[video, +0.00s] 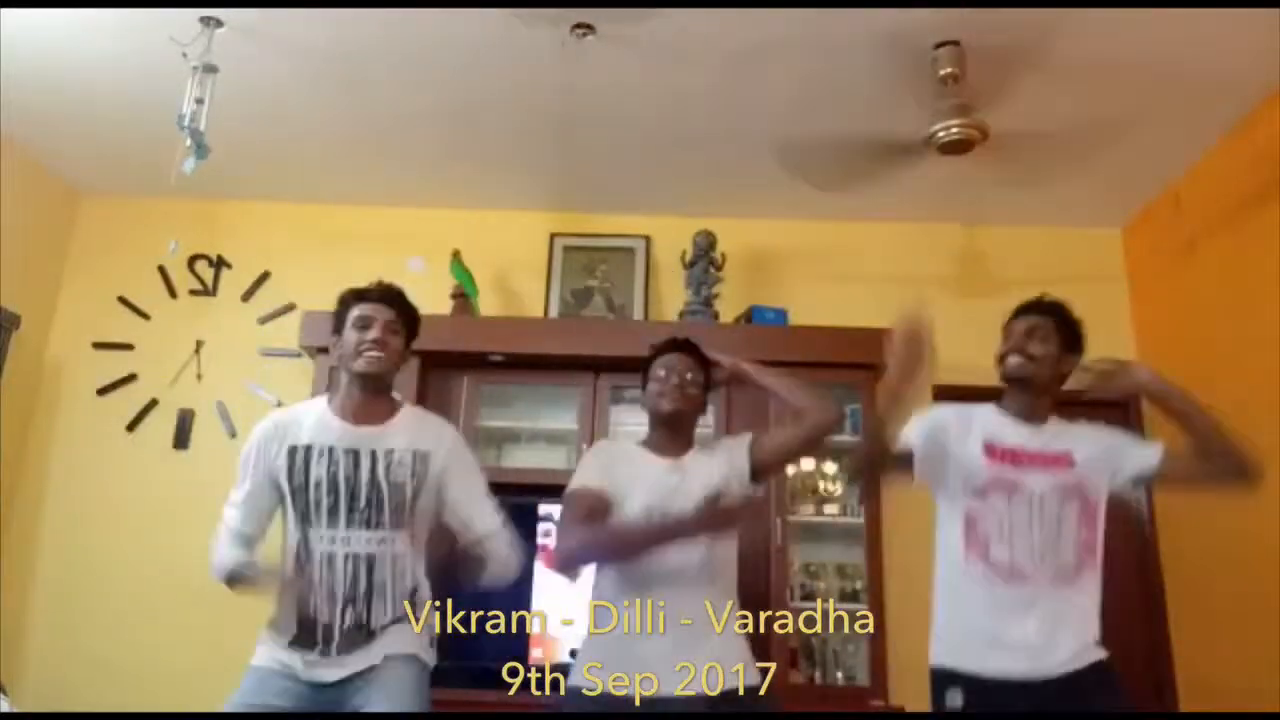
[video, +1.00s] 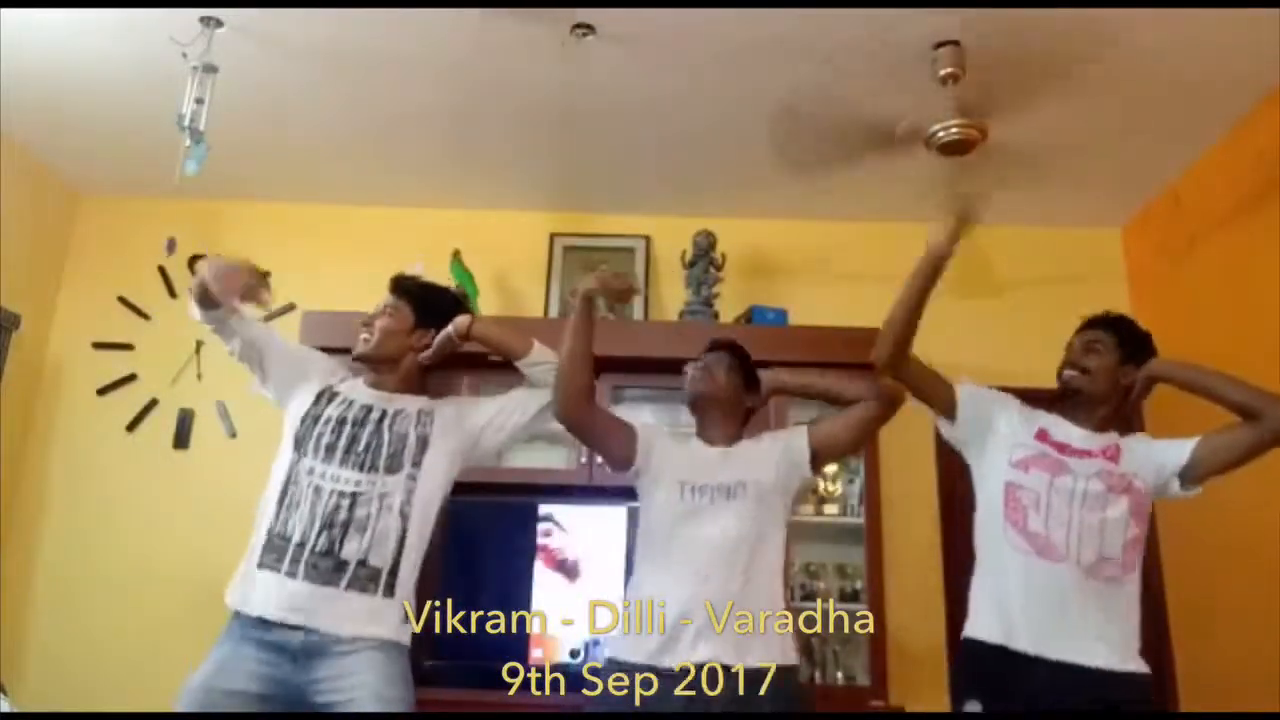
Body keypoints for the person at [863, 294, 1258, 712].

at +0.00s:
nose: (1019, 346)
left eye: (1038, 338)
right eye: (1011, 338)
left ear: (1068, 366)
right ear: (998, 356)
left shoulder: (1097, 447)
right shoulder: (952, 428)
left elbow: (1234, 469)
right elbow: (867, 468)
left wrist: (1151, 386)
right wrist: (890, 393)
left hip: (1075, 677)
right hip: (971, 679)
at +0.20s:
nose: (1052, 377)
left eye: (1072, 371)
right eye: (1048, 367)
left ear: (1106, 397)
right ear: (1038, 379)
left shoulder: (1123, 479)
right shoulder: (981, 434)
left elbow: (1260, 456)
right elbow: (893, 357)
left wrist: (1147, 396)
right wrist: (863, 253)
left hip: (1088, 687)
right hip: (983, 674)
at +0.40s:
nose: (1065, 390)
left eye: (1086, 384)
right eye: (1061, 381)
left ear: (1117, 415)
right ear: (1048, 397)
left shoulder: (1135, 495)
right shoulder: (986, 453)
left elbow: (1268, 461)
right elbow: (880, 376)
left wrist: (1152, 409)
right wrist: (914, 266)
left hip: (1096, 698)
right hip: (985, 688)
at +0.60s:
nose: (1066, 375)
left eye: (1085, 371)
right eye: (1064, 366)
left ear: (1118, 397)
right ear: (1051, 380)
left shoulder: (1137, 474)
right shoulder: (988, 436)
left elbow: (1266, 433)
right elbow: (874, 390)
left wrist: (1154, 390)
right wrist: (937, 308)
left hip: (1100, 680)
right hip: (995, 667)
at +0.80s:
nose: (1066, 374)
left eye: (1086, 369)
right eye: (1063, 366)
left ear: (1118, 397)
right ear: (1053, 383)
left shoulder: (1138, 477)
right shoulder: (995, 436)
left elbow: (1266, 430)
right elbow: (908, 337)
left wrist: (1153, 388)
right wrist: (894, 221)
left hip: (1107, 693)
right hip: (997, 680)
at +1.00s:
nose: (1073, 357)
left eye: (1093, 350)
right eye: (1070, 348)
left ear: (1129, 374)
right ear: (1061, 364)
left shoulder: (1145, 460)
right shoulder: (1001, 421)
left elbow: (1270, 423)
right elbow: (890, 357)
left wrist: (1168, 370)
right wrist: (934, 257)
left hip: (1106, 677)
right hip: (998, 664)